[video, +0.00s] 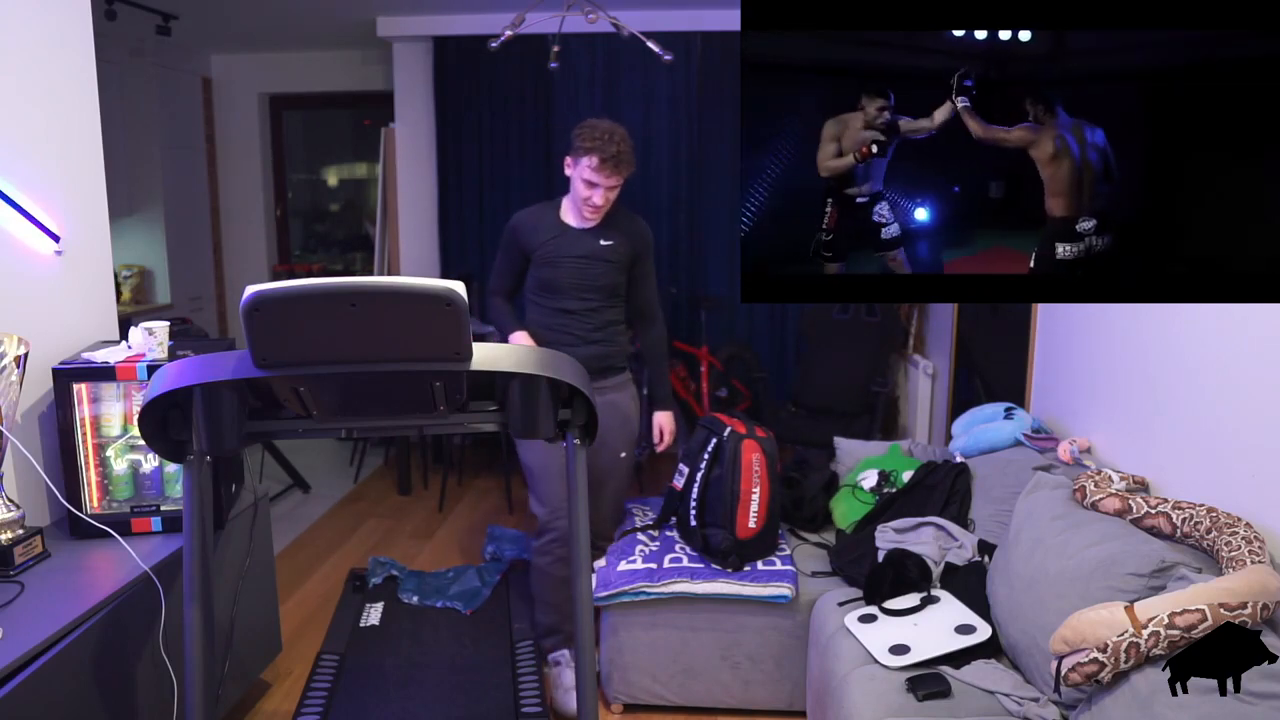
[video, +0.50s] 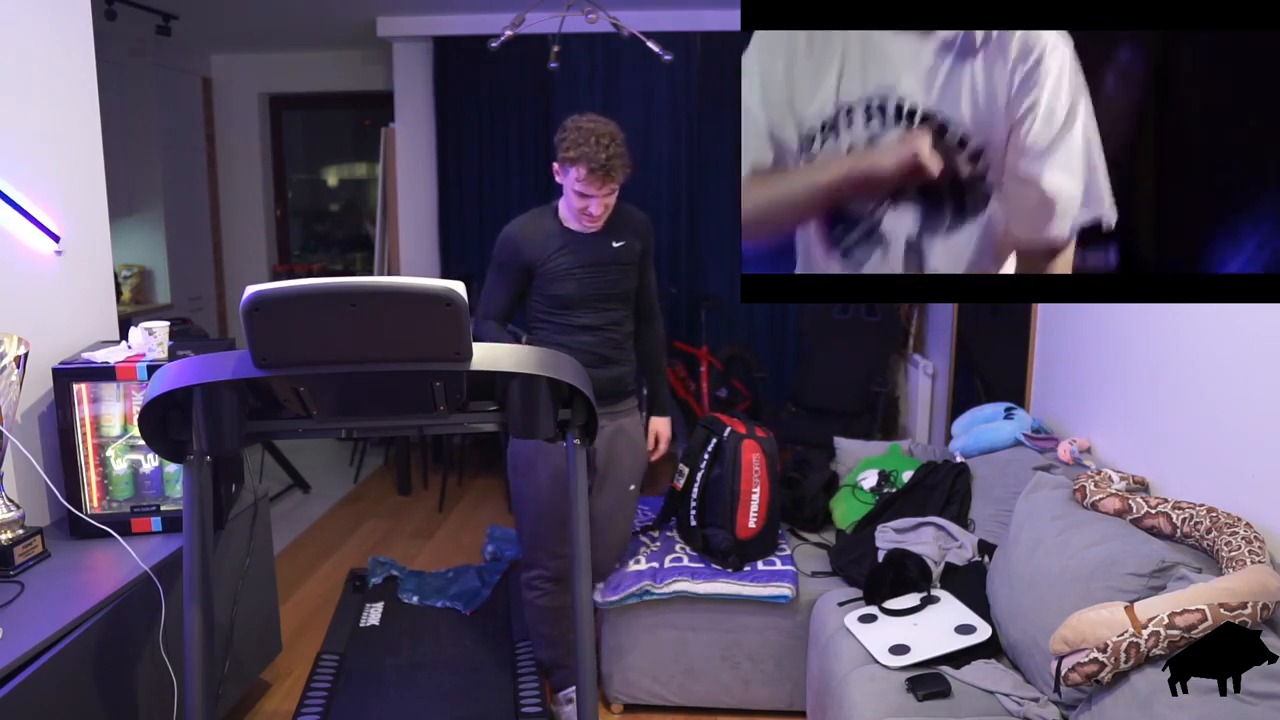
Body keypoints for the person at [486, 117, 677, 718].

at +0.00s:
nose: (599, 198)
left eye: (611, 187)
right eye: (591, 184)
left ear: (624, 183)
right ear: (569, 169)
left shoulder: (632, 234)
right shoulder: (528, 227)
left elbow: (649, 319)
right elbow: (498, 295)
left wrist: (662, 400)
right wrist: (514, 331)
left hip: (614, 396)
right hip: (543, 395)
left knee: (600, 530)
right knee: (560, 526)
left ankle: (586, 641)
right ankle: (558, 652)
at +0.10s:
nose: (602, 201)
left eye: (614, 190)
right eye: (593, 187)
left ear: (627, 185)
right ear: (569, 171)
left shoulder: (633, 235)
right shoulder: (528, 228)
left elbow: (648, 321)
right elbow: (494, 298)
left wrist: (659, 402)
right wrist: (513, 334)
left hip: (618, 400)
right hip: (547, 401)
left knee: (600, 538)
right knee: (560, 541)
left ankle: (593, 658)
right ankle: (560, 672)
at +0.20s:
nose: (603, 204)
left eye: (615, 194)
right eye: (593, 190)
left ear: (627, 187)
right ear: (570, 173)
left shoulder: (634, 237)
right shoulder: (528, 230)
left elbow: (646, 325)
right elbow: (489, 304)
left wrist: (655, 406)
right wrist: (513, 339)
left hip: (619, 404)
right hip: (547, 405)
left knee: (605, 541)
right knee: (558, 547)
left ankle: (604, 663)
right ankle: (562, 675)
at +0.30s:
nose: (602, 206)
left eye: (614, 195)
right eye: (591, 193)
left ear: (627, 186)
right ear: (568, 175)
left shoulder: (635, 236)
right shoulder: (525, 232)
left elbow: (644, 325)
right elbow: (486, 310)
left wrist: (651, 407)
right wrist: (518, 348)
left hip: (619, 409)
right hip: (546, 410)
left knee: (603, 546)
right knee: (557, 553)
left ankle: (599, 665)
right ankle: (564, 682)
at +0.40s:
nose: (599, 208)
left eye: (610, 196)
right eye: (587, 194)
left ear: (624, 184)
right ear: (562, 175)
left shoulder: (636, 234)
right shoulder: (524, 236)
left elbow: (645, 324)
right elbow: (487, 320)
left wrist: (651, 406)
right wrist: (529, 367)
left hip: (619, 414)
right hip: (545, 417)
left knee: (599, 550)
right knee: (553, 559)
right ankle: (566, 686)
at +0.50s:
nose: (597, 208)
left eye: (608, 195)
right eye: (585, 195)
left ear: (622, 181)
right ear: (558, 175)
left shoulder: (635, 231)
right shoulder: (523, 238)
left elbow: (649, 321)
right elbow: (489, 327)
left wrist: (660, 405)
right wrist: (529, 382)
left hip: (622, 419)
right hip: (545, 424)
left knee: (605, 556)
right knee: (554, 564)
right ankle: (565, 685)